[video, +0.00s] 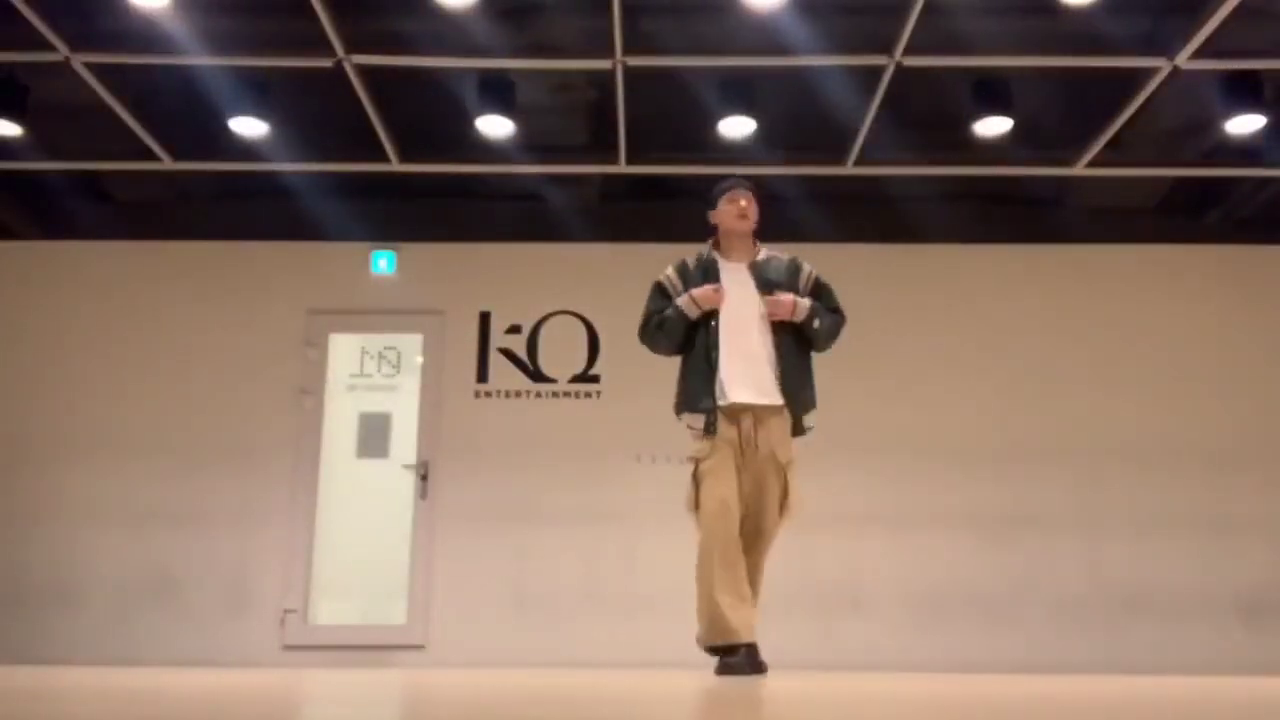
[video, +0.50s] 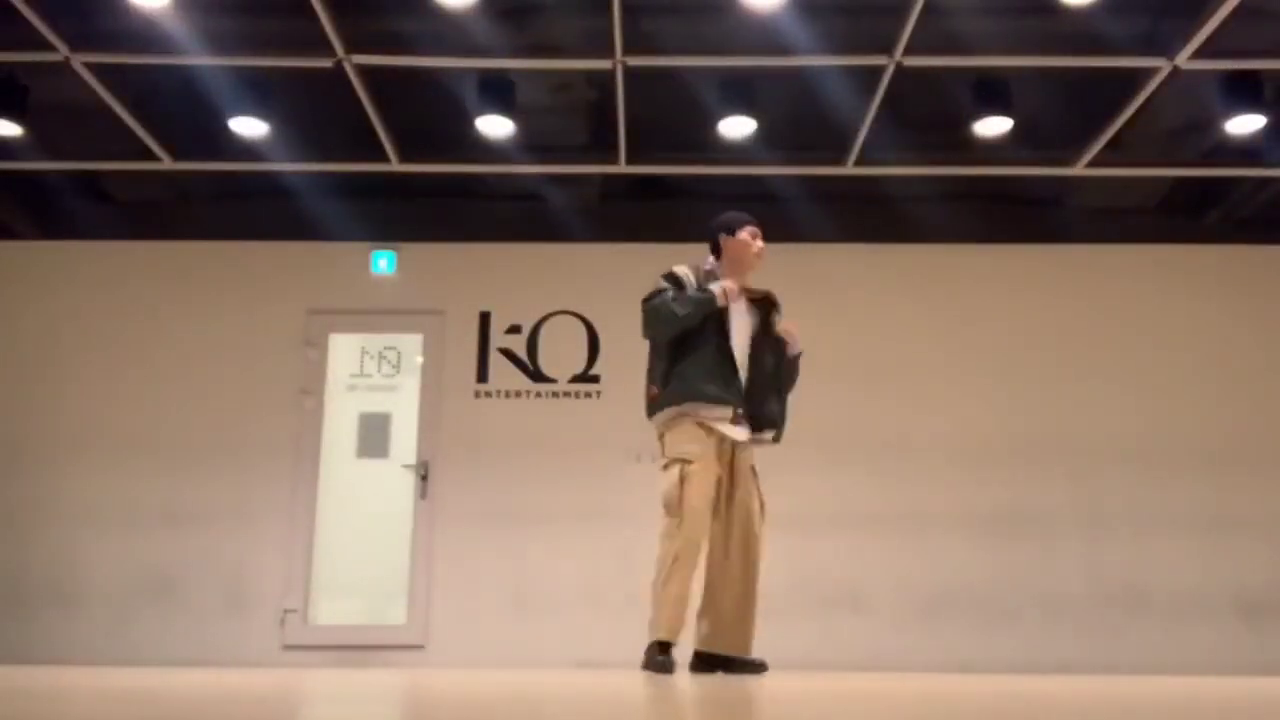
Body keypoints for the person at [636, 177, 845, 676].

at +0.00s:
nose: (742, 205)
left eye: (748, 199)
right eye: (731, 200)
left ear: (759, 214)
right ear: (713, 217)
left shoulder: (792, 271)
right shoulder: (685, 275)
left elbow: (831, 327)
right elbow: (655, 337)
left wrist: (802, 312)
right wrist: (689, 306)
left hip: (773, 416)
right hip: (715, 416)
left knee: (760, 527)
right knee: (719, 520)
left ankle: (727, 630)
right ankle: (735, 641)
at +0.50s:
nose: (760, 243)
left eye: (761, 237)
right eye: (750, 235)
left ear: (755, 251)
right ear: (722, 243)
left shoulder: (760, 308)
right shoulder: (684, 284)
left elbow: (773, 387)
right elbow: (659, 323)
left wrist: (788, 353)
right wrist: (714, 294)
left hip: (739, 431)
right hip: (690, 423)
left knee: (741, 536)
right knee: (688, 525)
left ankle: (720, 649)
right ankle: (662, 641)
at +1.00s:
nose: (702, 244)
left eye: (701, 236)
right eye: (695, 234)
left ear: (681, 242)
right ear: (667, 238)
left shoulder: (696, 306)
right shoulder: (624, 296)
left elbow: (704, 365)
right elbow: (604, 366)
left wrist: (706, 405)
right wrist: (615, 429)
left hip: (688, 444)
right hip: (638, 441)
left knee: (707, 536)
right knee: (635, 545)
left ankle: (712, 641)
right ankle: (625, 643)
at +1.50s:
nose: (657, 233)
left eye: (659, 226)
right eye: (647, 226)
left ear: (664, 237)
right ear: (623, 237)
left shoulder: (683, 298)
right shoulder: (593, 298)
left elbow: (702, 358)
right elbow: (571, 368)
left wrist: (680, 412)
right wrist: (587, 424)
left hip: (673, 439)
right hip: (619, 441)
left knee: (690, 521)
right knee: (624, 543)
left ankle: (671, 634)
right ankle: (623, 645)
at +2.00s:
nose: (704, 226)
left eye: (703, 220)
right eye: (693, 219)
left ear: (702, 234)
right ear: (666, 232)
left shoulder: (717, 303)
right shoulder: (630, 286)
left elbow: (730, 368)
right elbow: (610, 354)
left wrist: (730, 422)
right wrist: (630, 410)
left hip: (701, 438)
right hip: (645, 432)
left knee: (705, 540)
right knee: (633, 541)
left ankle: (703, 647)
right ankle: (624, 643)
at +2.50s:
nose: (710, 209)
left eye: (718, 202)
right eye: (700, 204)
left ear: (731, 219)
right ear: (685, 221)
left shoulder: (759, 281)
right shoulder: (654, 281)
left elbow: (780, 352)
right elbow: (629, 349)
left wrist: (762, 409)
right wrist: (633, 397)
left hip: (733, 430)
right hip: (671, 428)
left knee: (723, 539)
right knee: (664, 525)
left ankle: (710, 648)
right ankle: (654, 641)